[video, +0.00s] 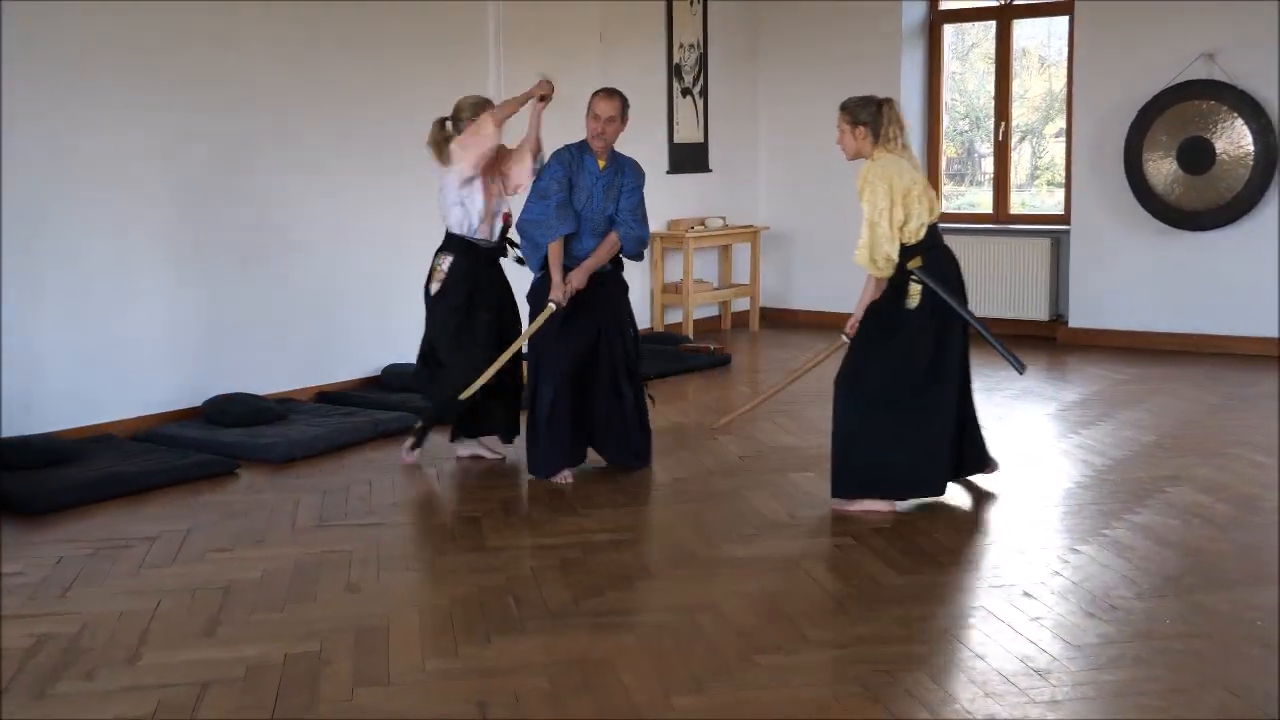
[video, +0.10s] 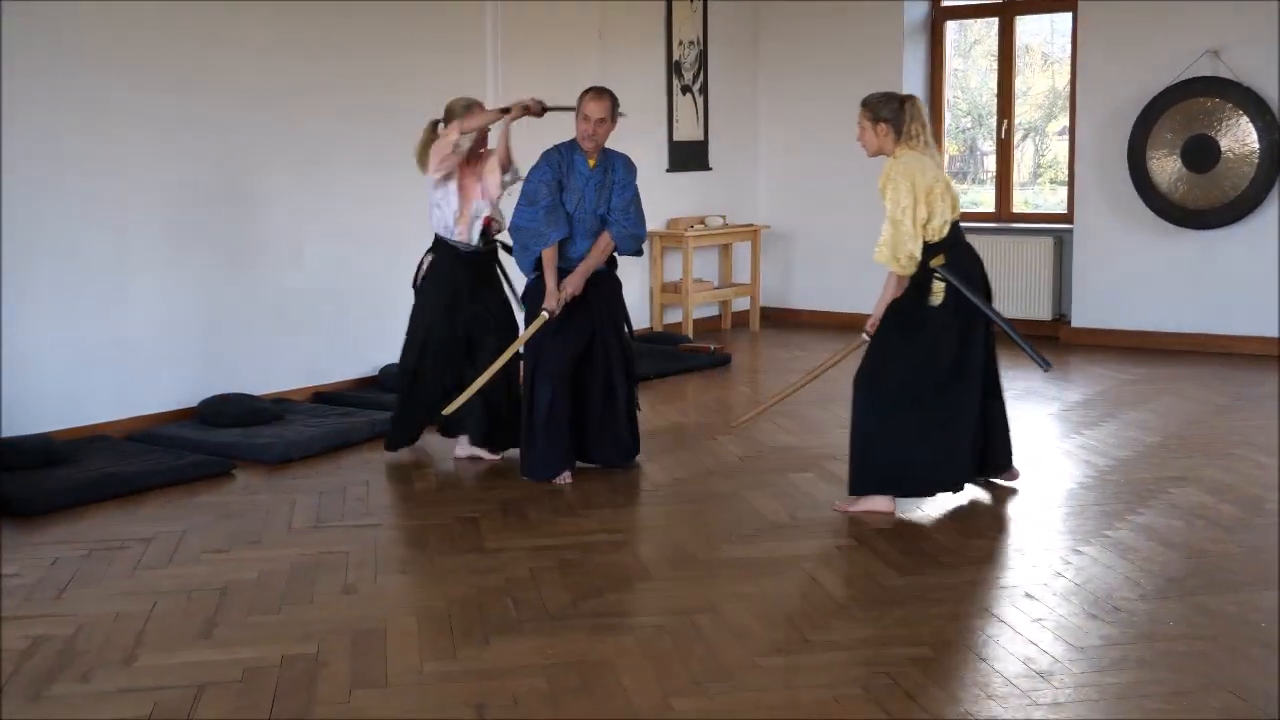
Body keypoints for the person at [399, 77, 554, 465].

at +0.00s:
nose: (493, 126)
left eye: (493, 120)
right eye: (487, 120)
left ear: (486, 126)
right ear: (468, 126)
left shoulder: (497, 167)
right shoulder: (459, 163)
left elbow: (529, 157)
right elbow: (490, 122)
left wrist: (537, 111)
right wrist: (529, 95)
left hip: (488, 266)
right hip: (458, 264)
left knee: (496, 347)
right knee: (461, 351)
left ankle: (469, 436)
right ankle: (422, 430)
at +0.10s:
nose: (482, 135)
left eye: (483, 128)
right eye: (473, 127)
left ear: (486, 131)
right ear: (451, 130)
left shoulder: (490, 166)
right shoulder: (440, 164)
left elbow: (505, 165)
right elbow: (464, 127)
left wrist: (507, 123)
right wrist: (512, 108)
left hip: (482, 266)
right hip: (446, 264)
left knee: (494, 348)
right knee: (436, 347)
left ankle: (469, 440)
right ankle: (410, 430)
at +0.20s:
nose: (471, 139)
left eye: (474, 131)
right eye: (463, 133)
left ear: (479, 135)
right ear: (445, 137)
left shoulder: (487, 171)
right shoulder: (431, 173)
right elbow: (423, 138)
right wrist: (474, 125)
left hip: (475, 268)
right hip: (439, 266)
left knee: (482, 348)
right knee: (436, 343)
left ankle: (467, 438)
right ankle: (420, 417)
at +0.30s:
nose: (462, 136)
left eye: (465, 130)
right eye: (454, 131)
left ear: (469, 134)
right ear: (436, 135)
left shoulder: (471, 171)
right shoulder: (424, 167)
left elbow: (442, 204)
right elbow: (401, 183)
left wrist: (420, 153)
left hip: (469, 266)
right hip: (434, 263)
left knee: (475, 347)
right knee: (430, 340)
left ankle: (473, 435)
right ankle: (427, 415)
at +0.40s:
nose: (453, 137)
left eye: (459, 131)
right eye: (446, 130)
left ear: (464, 134)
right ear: (429, 133)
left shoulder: (463, 168)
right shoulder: (417, 163)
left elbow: (420, 198)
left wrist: (383, 170)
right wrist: (381, 155)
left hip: (468, 263)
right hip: (433, 261)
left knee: (472, 345)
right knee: (423, 336)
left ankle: (489, 430)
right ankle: (426, 415)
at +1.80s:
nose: (451, 135)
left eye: (459, 130)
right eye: (446, 128)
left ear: (472, 135)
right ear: (440, 131)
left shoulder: (469, 167)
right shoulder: (439, 160)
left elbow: (425, 197)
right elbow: (398, 176)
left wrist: (377, 195)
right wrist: (350, 184)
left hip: (481, 260)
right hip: (451, 258)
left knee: (488, 337)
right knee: (429, 336)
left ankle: (510, 417)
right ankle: (418, 416)